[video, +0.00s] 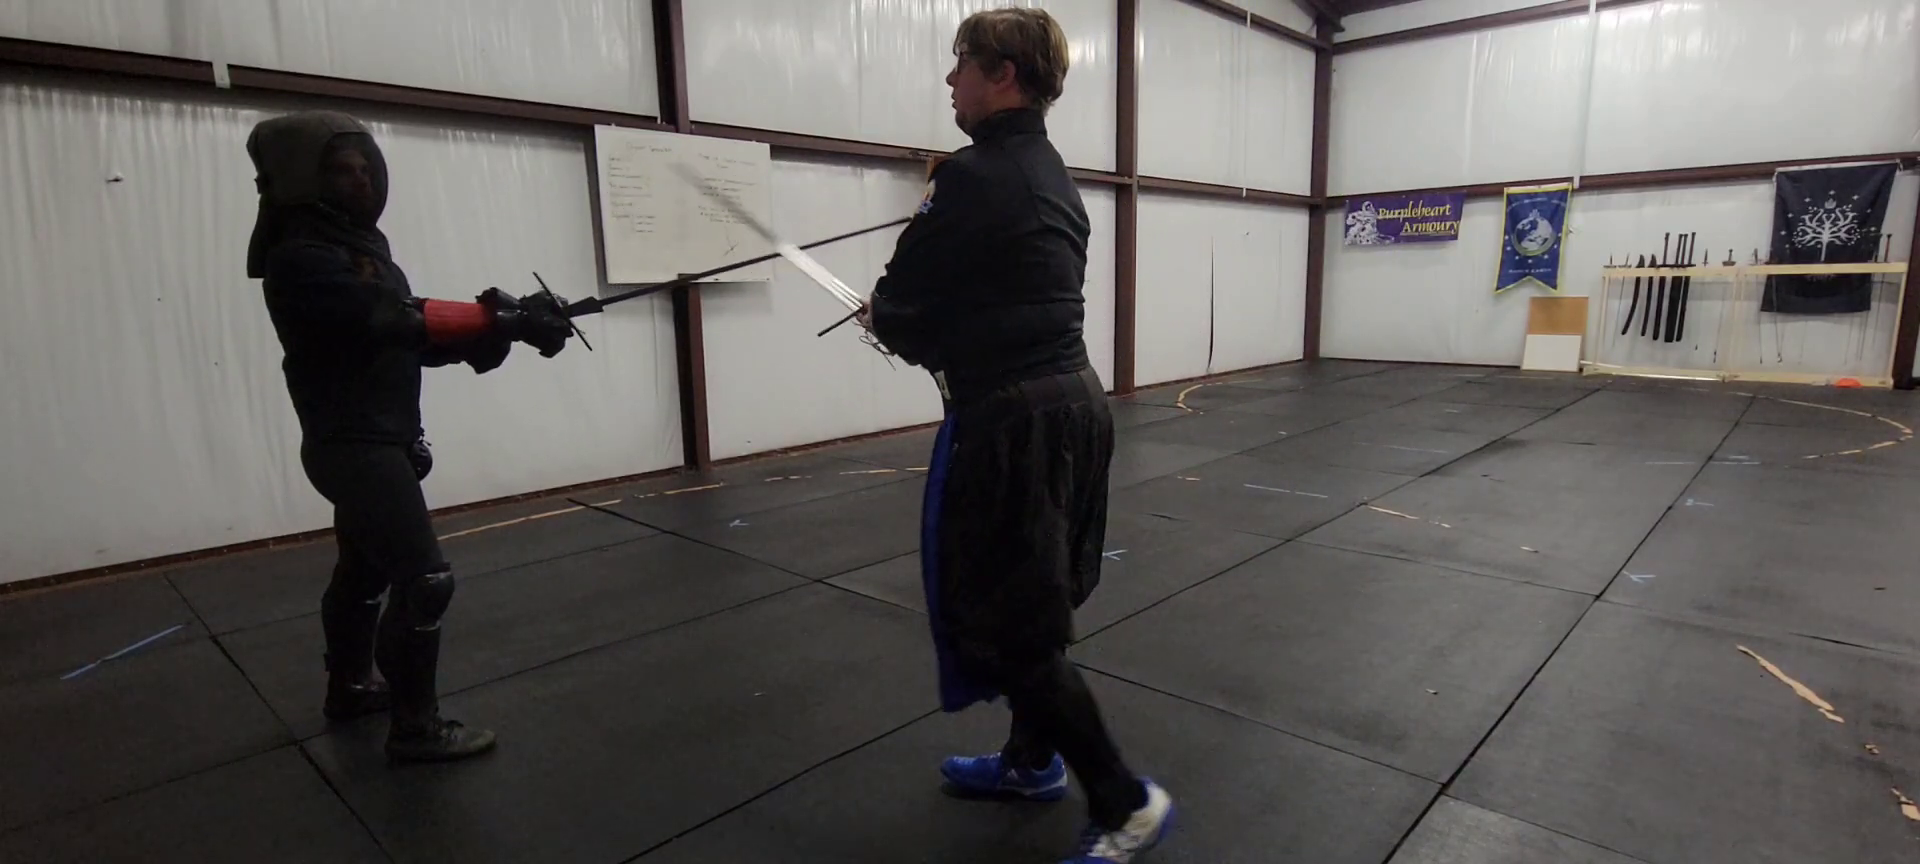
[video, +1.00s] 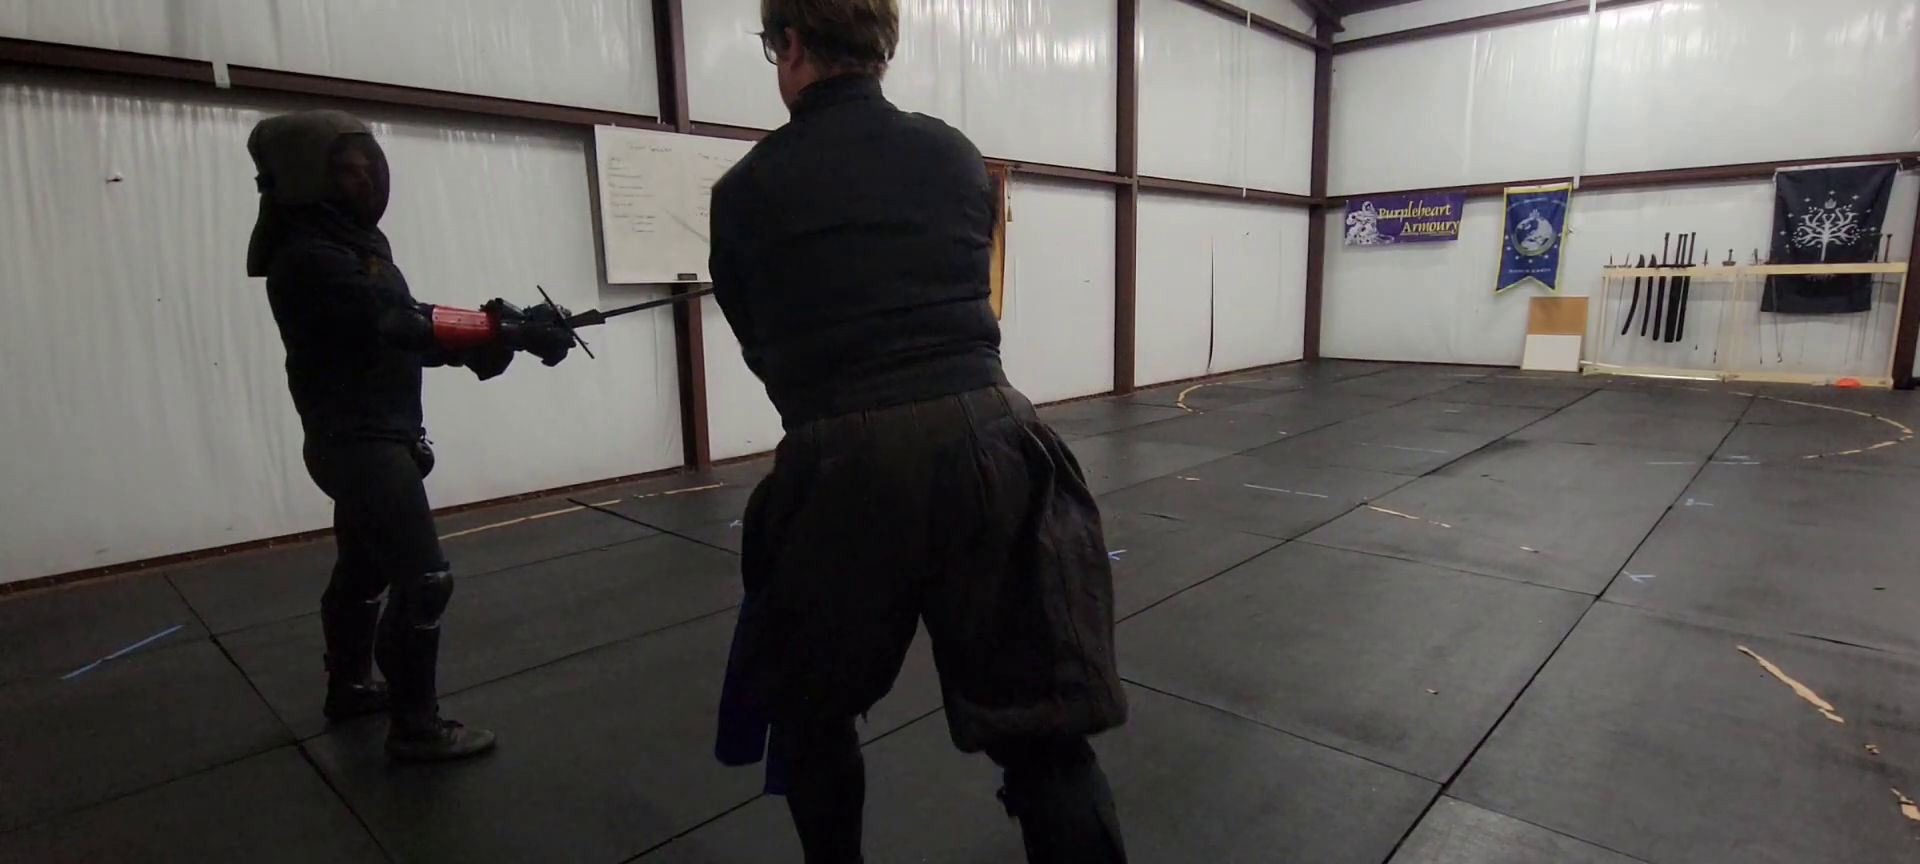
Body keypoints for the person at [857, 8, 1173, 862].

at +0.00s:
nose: (949, 79)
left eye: (963, 66)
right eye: (955, 65)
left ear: (1007, 79)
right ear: (1024, 83)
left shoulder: (972, 177)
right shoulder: (1054, 174)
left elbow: (899, 307)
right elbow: (1017, 292)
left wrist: (886, 314)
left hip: (1008, 420)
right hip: (1074, 402)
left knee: (1017, 620)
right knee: (1032, 591)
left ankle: (1126, 802)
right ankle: (1030, 761)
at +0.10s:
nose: (935, 76)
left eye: (948, 63)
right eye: (940, 62)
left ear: (989, 76)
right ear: (1006, 82)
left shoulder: (959, 181)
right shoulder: (1042, 175)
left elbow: (888, 305)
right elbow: (1006, 288)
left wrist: (881, 340)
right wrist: (915, 318)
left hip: (994, 424)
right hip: (1065, 406)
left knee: (970, 609)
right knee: (1027, 593)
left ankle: (1049, 827)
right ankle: (1022, 759)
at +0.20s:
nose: (918, 77)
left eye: (930, 64)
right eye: (923, 63)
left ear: (971, 76)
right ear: (989, 82)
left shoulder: (944, 182)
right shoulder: (1026, 176)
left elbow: (872, 301)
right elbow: (987, 290)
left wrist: (852, 333)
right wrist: (891, 318)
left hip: (980, 426)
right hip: (1053, 407)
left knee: (941, 623)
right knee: (1014, 593)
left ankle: (954, 833)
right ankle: (1031, 761)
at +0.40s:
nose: (885, 84)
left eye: (893, 69)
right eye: (888, 68)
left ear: (932, 75)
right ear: (961, 81)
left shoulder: (905, 182)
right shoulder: (995, 174)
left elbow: (825, 303)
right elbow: (910, 273)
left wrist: (762, 315)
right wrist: (798, 289)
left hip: (934, 433)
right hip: (1027, 417)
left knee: (861, 639)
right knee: (988, 602)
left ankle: (842, 845)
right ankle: (1024, 760)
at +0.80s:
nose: (773, 63)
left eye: (776, 44)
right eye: (774, 45)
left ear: (801, 45)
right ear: (874, 50)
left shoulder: (762, 166)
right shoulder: (930, 144)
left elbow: (730, 288)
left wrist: (720, 212)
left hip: (852, 441)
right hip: (982, 419)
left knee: (825, 696)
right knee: (1032, 690)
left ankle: (836, 857)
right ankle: (1087, 850)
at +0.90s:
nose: (770, 68)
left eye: (771, 47)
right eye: (771, 48)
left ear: (793, 46)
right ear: (875, 47)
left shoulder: (746, 176)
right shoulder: (936, 146)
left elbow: (741, 314)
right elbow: (949, 273)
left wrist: (849, 278)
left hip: (843, 450)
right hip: (979, 428)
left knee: (817, 703)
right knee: (1029, 705)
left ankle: (835, 855)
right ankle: (1088, 848)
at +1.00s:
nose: (774, 71)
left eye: (773, 51)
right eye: (773, 51)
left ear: (794, 49)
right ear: (880, 48)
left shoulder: (745, 189)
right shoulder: (955, 153)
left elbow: (760, 337)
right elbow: (965, 290)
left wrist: (832, 414)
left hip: (848, 467)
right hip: (985, 444)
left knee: (813, 711)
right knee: (1034, 722)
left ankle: (834, 854)